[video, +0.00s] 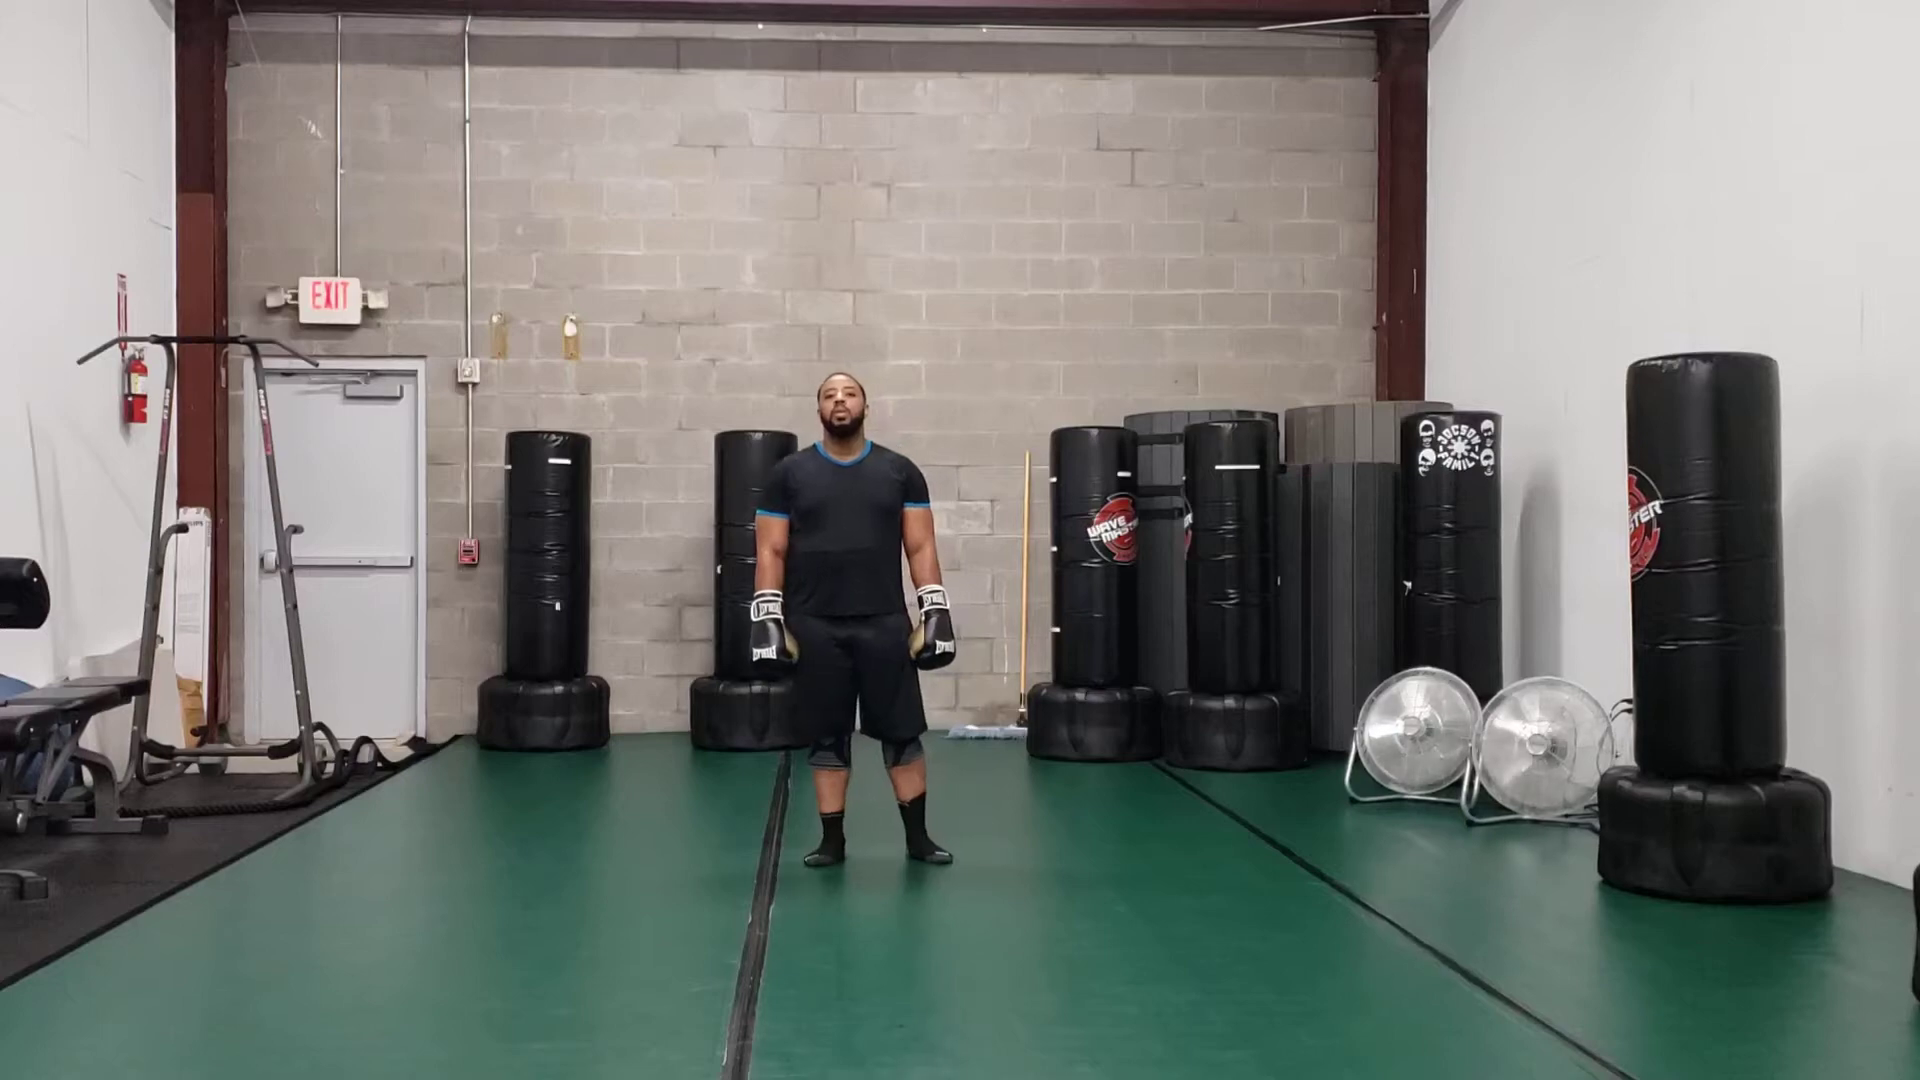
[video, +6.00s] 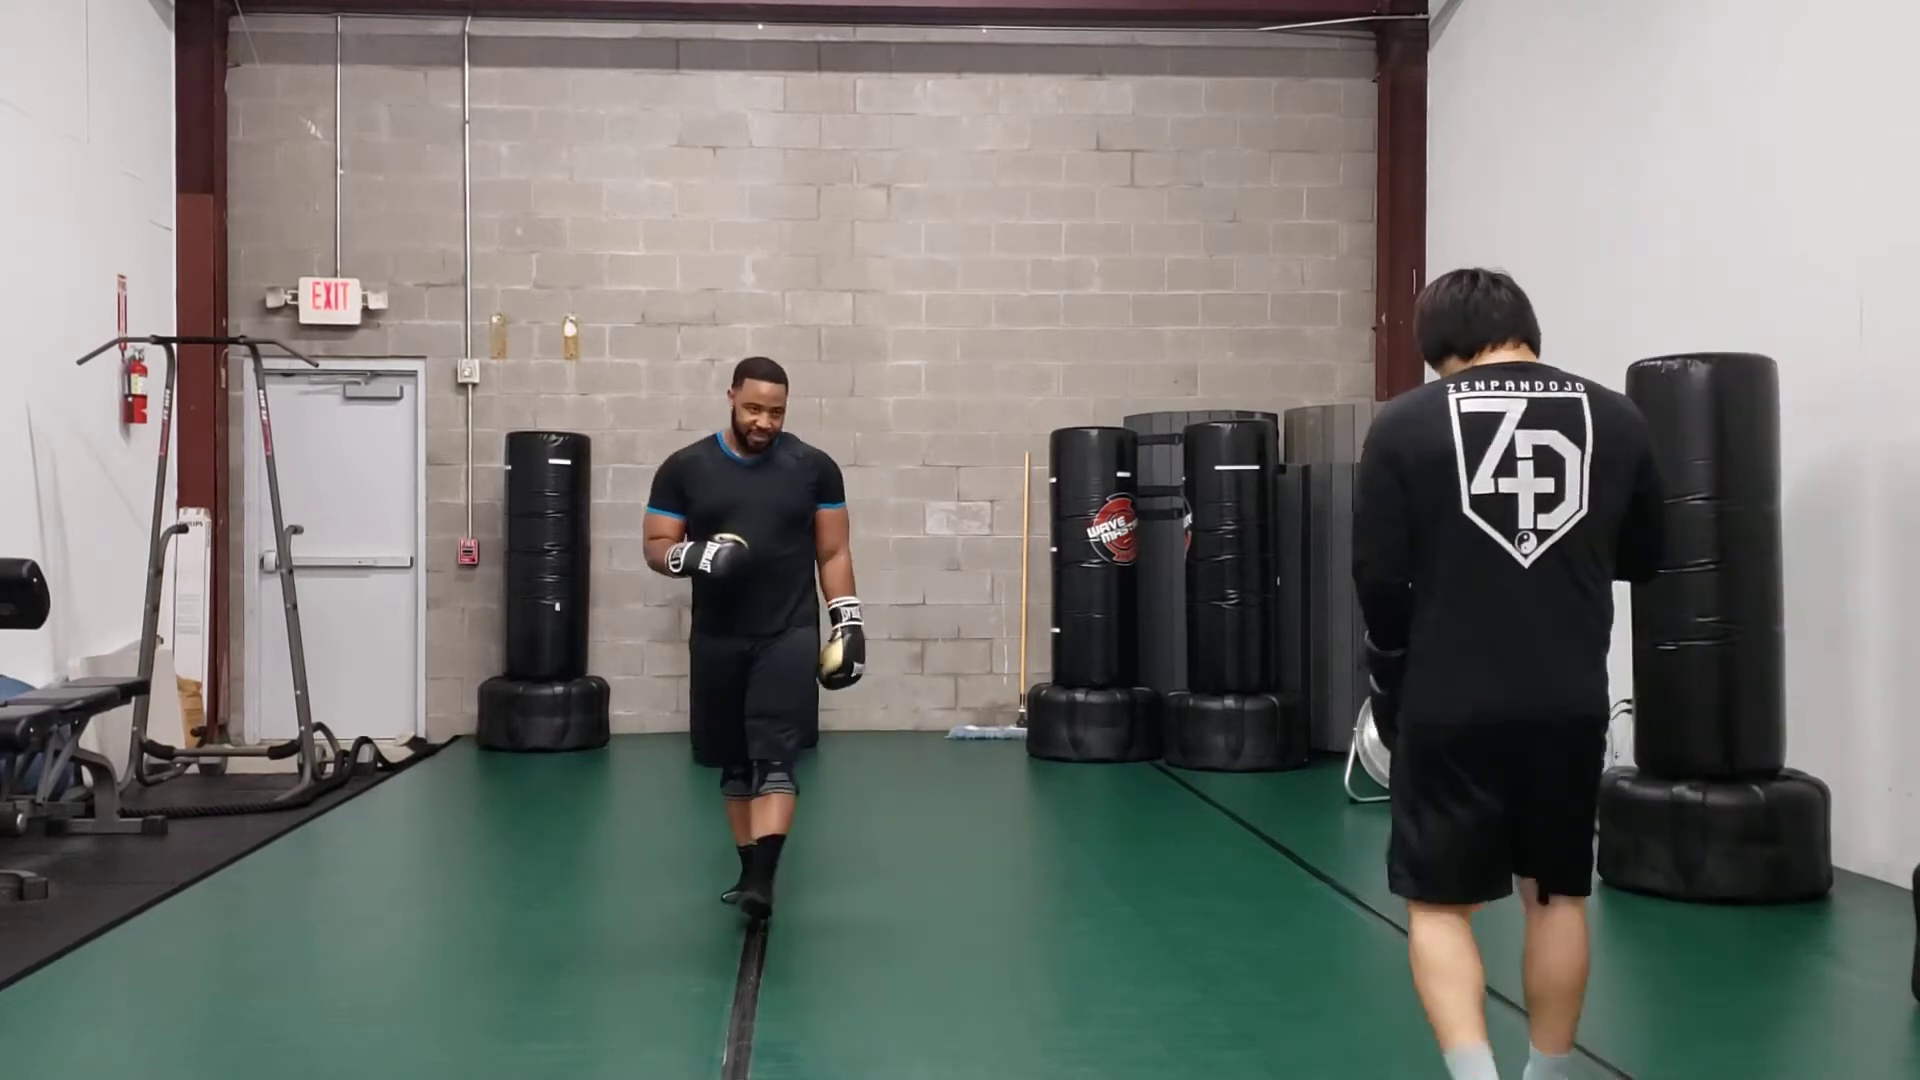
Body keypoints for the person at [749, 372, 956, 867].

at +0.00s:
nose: (840, 401)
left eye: (849, 395)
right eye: (830, 396)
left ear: (865, 409)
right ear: (819, 412)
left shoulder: (899, 472)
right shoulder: (789, 475)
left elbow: (920, 547)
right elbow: (771, 551)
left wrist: (935, 610)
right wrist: (765, 617)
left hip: (884, 626)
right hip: (815, 628)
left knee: (903, 736)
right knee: (826, 740)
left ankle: (918, 839)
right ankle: (832, 842)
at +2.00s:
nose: (896, 409)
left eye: (903, 403)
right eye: (885, 404)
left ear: (915, 417)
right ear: (870, 419)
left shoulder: (937, 482)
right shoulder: (841, 471)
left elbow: (951, 548)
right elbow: (822, 542)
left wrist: (952, 580)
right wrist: (838, 607)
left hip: (919, 621)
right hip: (861, 620)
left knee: (906, 727)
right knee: (850, 729)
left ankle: (895, 826)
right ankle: (833, 838)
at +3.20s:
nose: (826, 408)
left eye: (834, 401)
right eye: (816, 402)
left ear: (847, 414)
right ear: (803, 417)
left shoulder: (877, 475)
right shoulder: (773, 472)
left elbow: (895, 541)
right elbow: (746, 540)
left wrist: (883, 572)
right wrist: (790, 571)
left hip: (863, 617)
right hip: (798, 620)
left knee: (878, 724)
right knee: (795, 728)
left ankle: (893, 826)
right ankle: (788, 832)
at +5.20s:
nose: (844, 433)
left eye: (856, 424)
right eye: (836, 420)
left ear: (869, 422)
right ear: (819, 412)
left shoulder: (895, 477)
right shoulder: (778, 470)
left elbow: (917, 545)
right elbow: (747, 540)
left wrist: (896, 574)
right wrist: (774, 546)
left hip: (867, 632)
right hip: (795, 631)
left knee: (872, 743)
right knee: (781, 743)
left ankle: (869, 849)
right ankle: (768, 859)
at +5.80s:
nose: (770, 422)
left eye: (781, 412)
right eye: (760, 409)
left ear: (793, 409)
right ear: (740, 403)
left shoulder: (823, 467)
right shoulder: (697, 467)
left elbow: (852, 546)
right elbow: (663, 541)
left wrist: (877, 612)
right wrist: (699, 544)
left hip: (805, 633)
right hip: (732, 637)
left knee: (815, 749)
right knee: (746, 758)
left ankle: (826, 861)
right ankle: (754, 873)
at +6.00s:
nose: (763, 421)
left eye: (774, 411)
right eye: (753, 408)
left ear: (786, 409)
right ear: (732, 399)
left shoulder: (815, 471)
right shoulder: (685, 469)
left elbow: (833, 554)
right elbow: (657, 547)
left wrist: (847, 624)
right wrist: (693, 556)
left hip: (788, 636)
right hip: (718, 640)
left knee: (774, 752)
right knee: (735, 764)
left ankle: (760, 883)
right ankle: (751, 872)